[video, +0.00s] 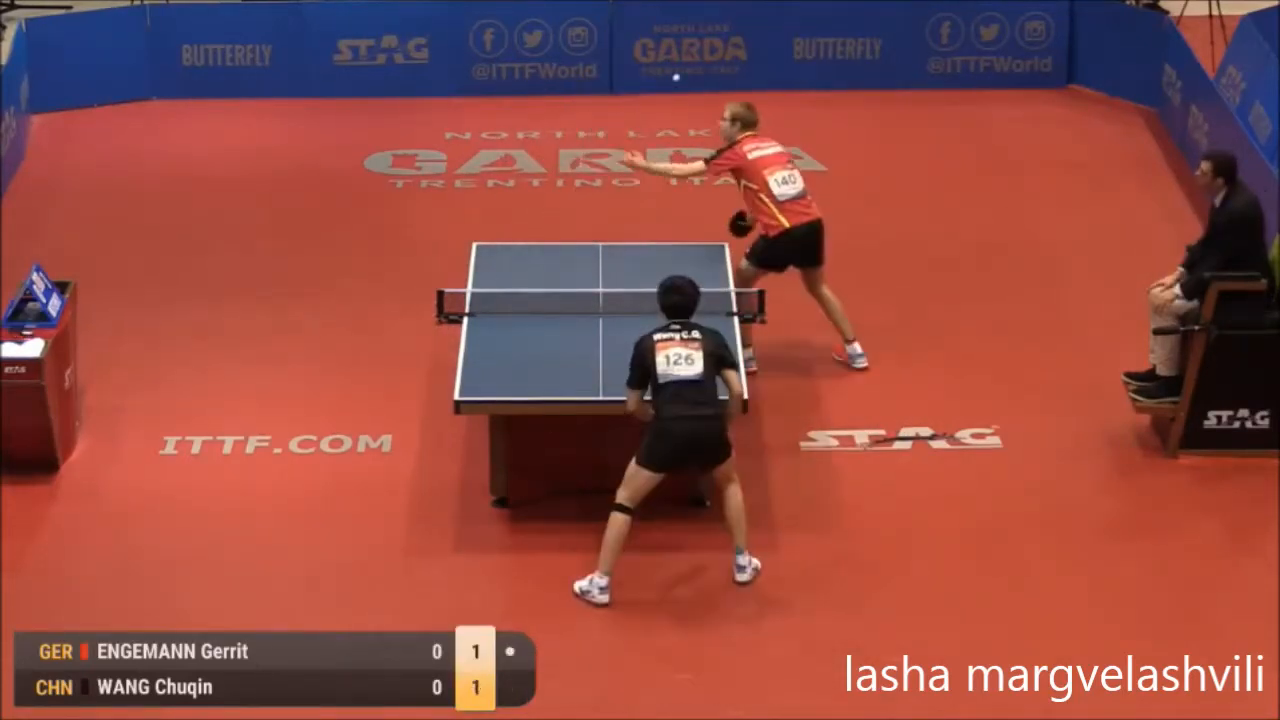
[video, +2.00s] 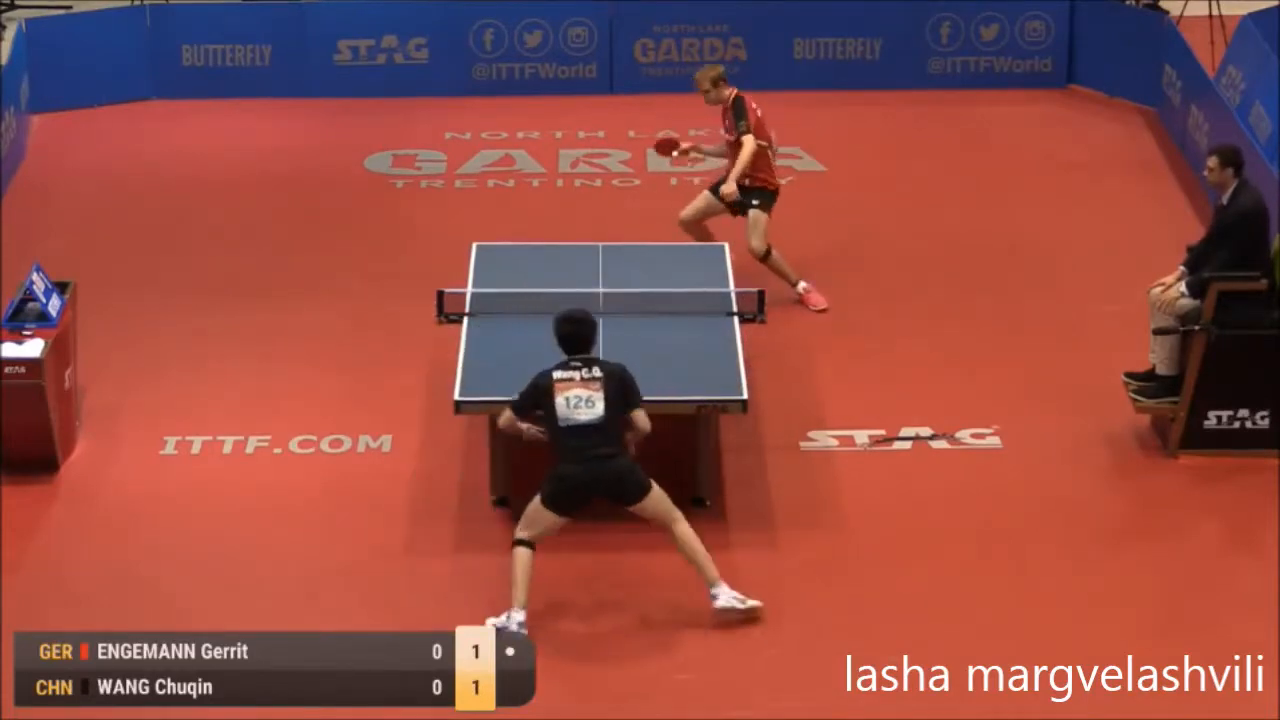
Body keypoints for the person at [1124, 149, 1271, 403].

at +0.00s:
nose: (1196, 176)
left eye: (1202, 173)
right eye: (1198, 170)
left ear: (1219, 179)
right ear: (1219, 178)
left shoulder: (1238, 209)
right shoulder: (1223, 200)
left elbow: (1219, 262)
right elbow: (1206, 245)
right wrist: (1179, 274)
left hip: (1240, 290)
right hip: (1222, 278)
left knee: (1167, 306)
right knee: (1157, 295)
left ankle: (1170, 379)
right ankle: (1160, 369)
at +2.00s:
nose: (1205, 175)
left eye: (1211, 170)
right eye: (1206, 169)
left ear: (1229, 171)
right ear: (1223, 172)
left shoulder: (1246, 206)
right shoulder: (1229, 200)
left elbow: (1227, 263)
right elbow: (1209, 244)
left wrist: (1185, 287)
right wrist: (1179, 274)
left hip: (1238, 291)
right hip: (1221, 279)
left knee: (1166, 305)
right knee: (1156, 295)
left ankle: (1169, 378)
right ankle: (1160, 369)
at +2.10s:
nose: (1206, 175)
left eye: (1211, 170)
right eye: (1206, 169)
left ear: (1229, 171)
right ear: (1223, 172)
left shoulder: (1246, 206)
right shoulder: (1229, 200)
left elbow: (1227, 263)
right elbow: (1209, 244)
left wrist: (1185, 287)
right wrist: (1179, 274)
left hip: (1238, 291)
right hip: (1221, 279)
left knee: (1166, 305)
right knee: (1156, 295)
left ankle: (1169, 378)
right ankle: (1160, 369)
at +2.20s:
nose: (1206, 175)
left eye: (1211, 170)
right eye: (1206, 169)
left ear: (1229, 171)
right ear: (1223, 172)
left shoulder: (1246, 206)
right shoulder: (1229, 200)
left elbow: (1227, 263)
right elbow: (1209, 244)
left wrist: (1185, 287)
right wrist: (1179, 274)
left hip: (1238, 291)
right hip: (1221, 279)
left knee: (1166, 305)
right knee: (1156, 295)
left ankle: (1169, 378)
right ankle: (1160, 369)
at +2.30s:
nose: (1206, 175)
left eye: (1211, 170)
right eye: (1206, 170)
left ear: (1230, 171)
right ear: (1223, 172)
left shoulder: (1246, 206)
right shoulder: (1229, 200)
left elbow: (1227, 263)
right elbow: (1209, 244)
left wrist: (1185, 287)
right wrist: (1179, 274)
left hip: (1238, 291)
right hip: (1221, 279)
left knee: (1166, 305)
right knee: (1156, 295)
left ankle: (1169, 378)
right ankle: (1160, 369)